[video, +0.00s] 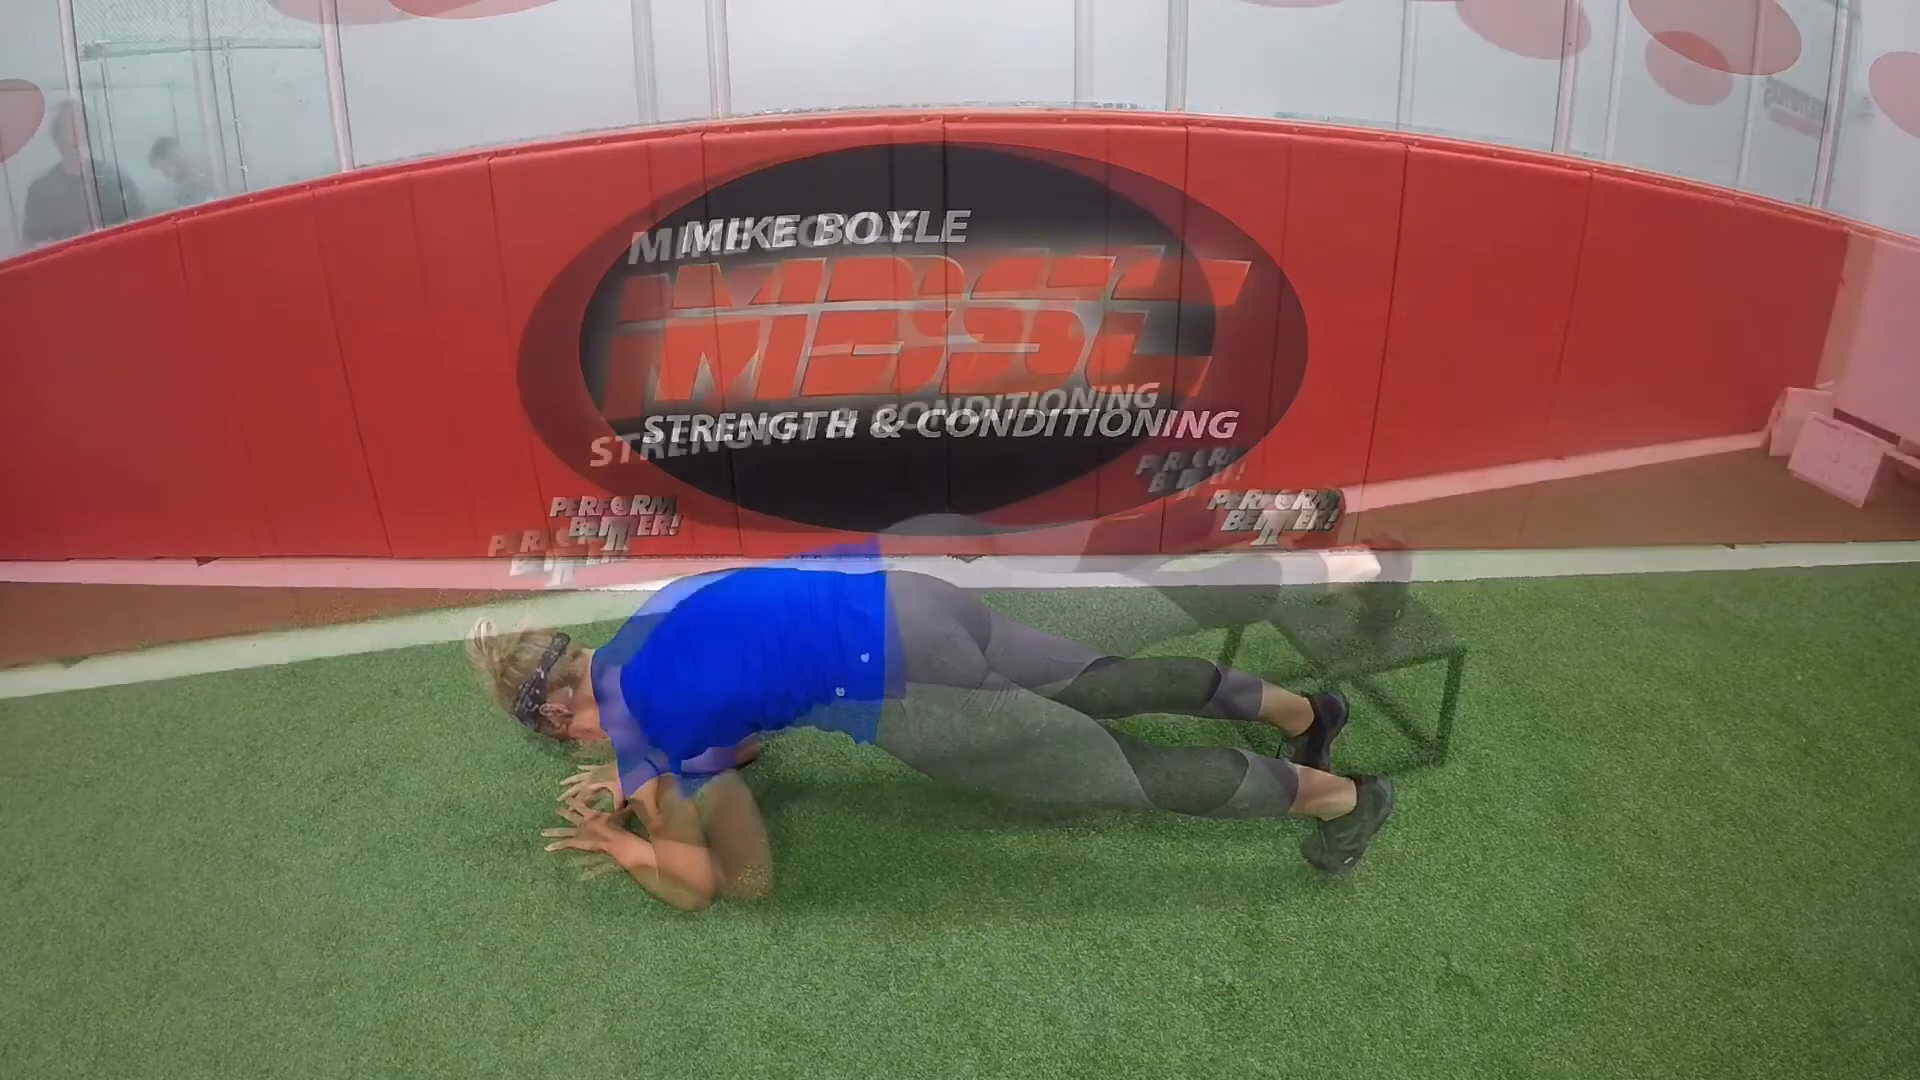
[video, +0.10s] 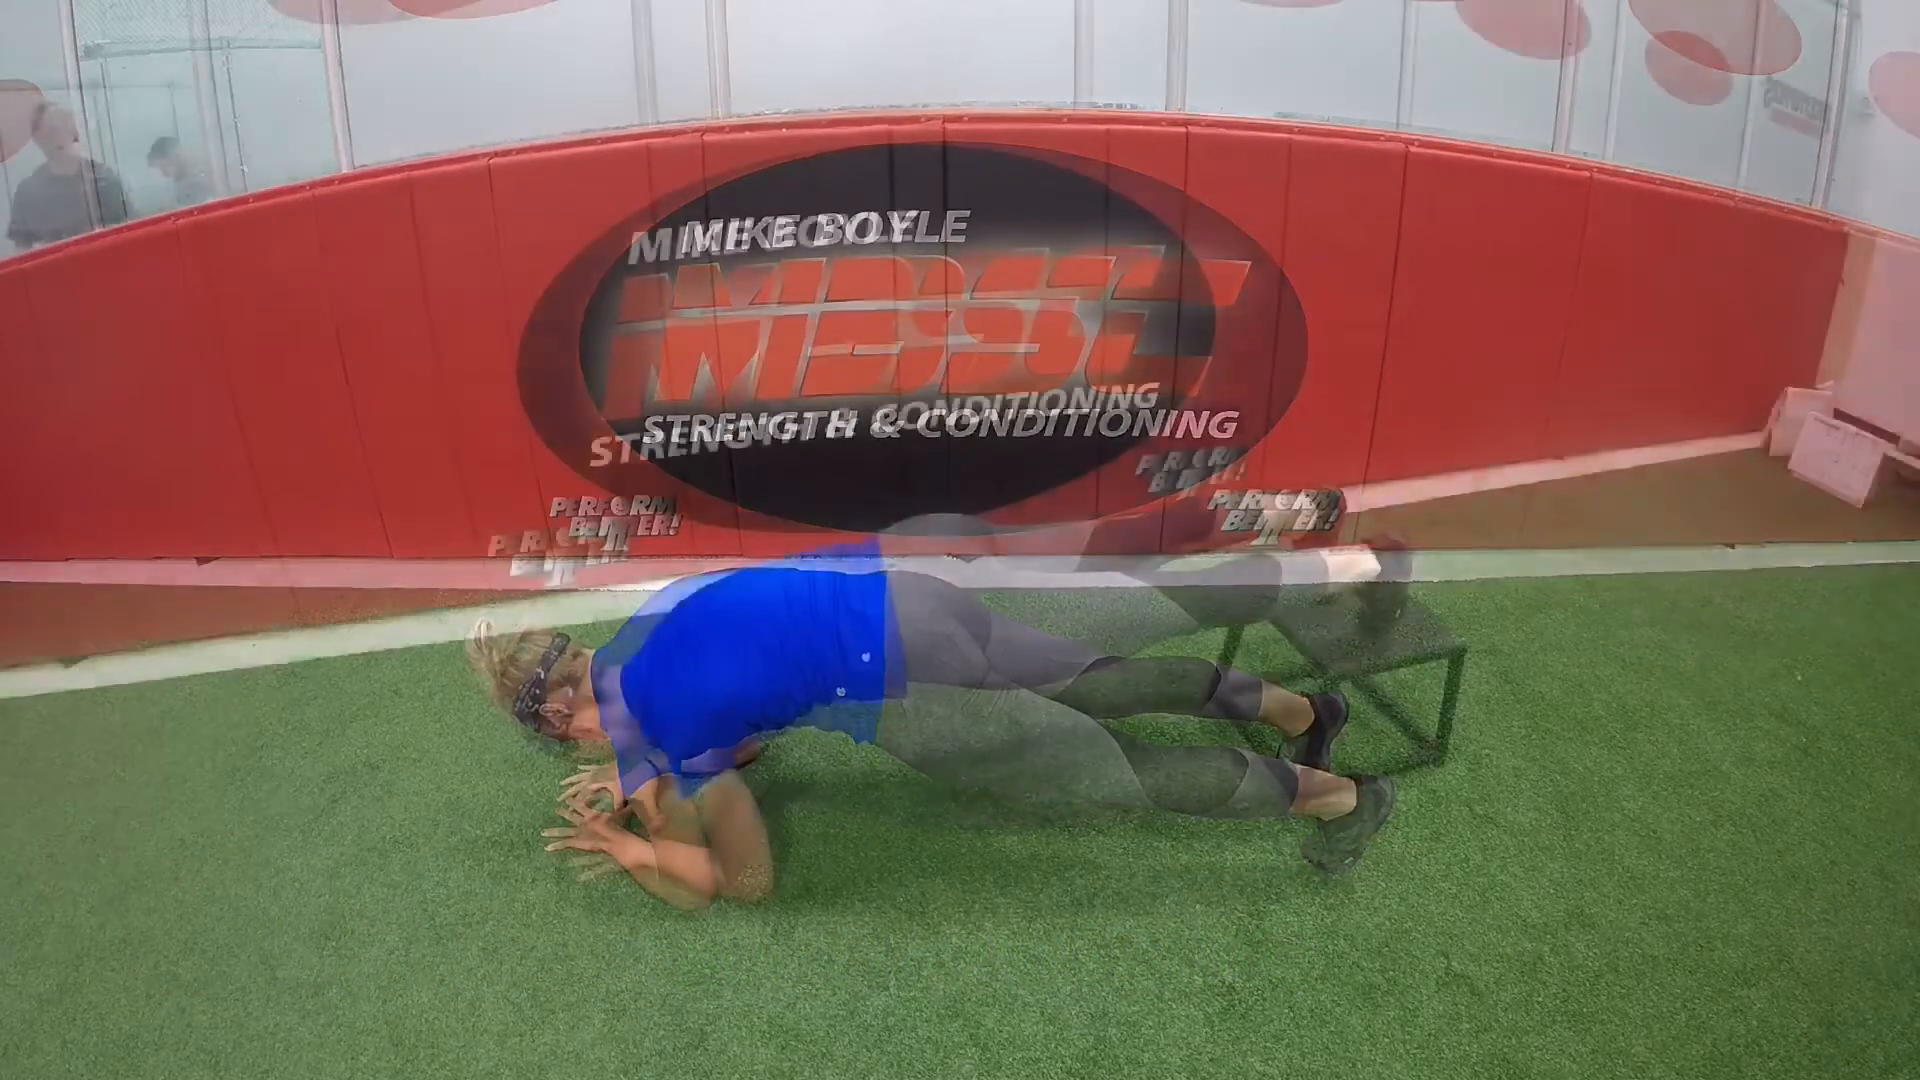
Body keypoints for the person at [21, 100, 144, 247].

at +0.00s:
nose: (77, 137)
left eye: (81, 129)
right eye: (70, 131)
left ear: (90, 132)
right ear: (58, 138)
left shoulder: (116, 179)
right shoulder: (42, 189)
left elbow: (140, 222)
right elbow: (34, 243)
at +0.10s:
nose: (58, 137)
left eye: (62, 128)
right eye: (50, 130)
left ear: (76, 134)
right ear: (37, 138)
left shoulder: (105, 178)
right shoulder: (29, 191)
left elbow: (126, 230)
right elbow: (22, 250)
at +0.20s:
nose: (42, 139)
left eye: (47, 129)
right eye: (31, 134)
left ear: (60, 133)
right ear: (25, 144)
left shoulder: (90, 175)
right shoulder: (18, 194)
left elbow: (115, 220)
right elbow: (14, 246)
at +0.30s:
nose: (28, 142)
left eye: (33, 131)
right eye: (19, 137)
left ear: (49, 135)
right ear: (14, 147)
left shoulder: (82, 178)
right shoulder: (7, 199)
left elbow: (107, 227)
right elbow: (7, 254)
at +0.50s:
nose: (22, 151)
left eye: (28, 141)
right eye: (14, 146)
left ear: (44, 143)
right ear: (8, 154)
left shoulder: (73, 191)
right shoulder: (5, 204)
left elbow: (95, 240)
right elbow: (4, 258)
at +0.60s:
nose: (23, 158)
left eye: (30, 148)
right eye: (16, 153)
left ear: (47, 150)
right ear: (11, 161)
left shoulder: (71, 200)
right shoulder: (5, 208)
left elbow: (90, 246)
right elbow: (3, 260)